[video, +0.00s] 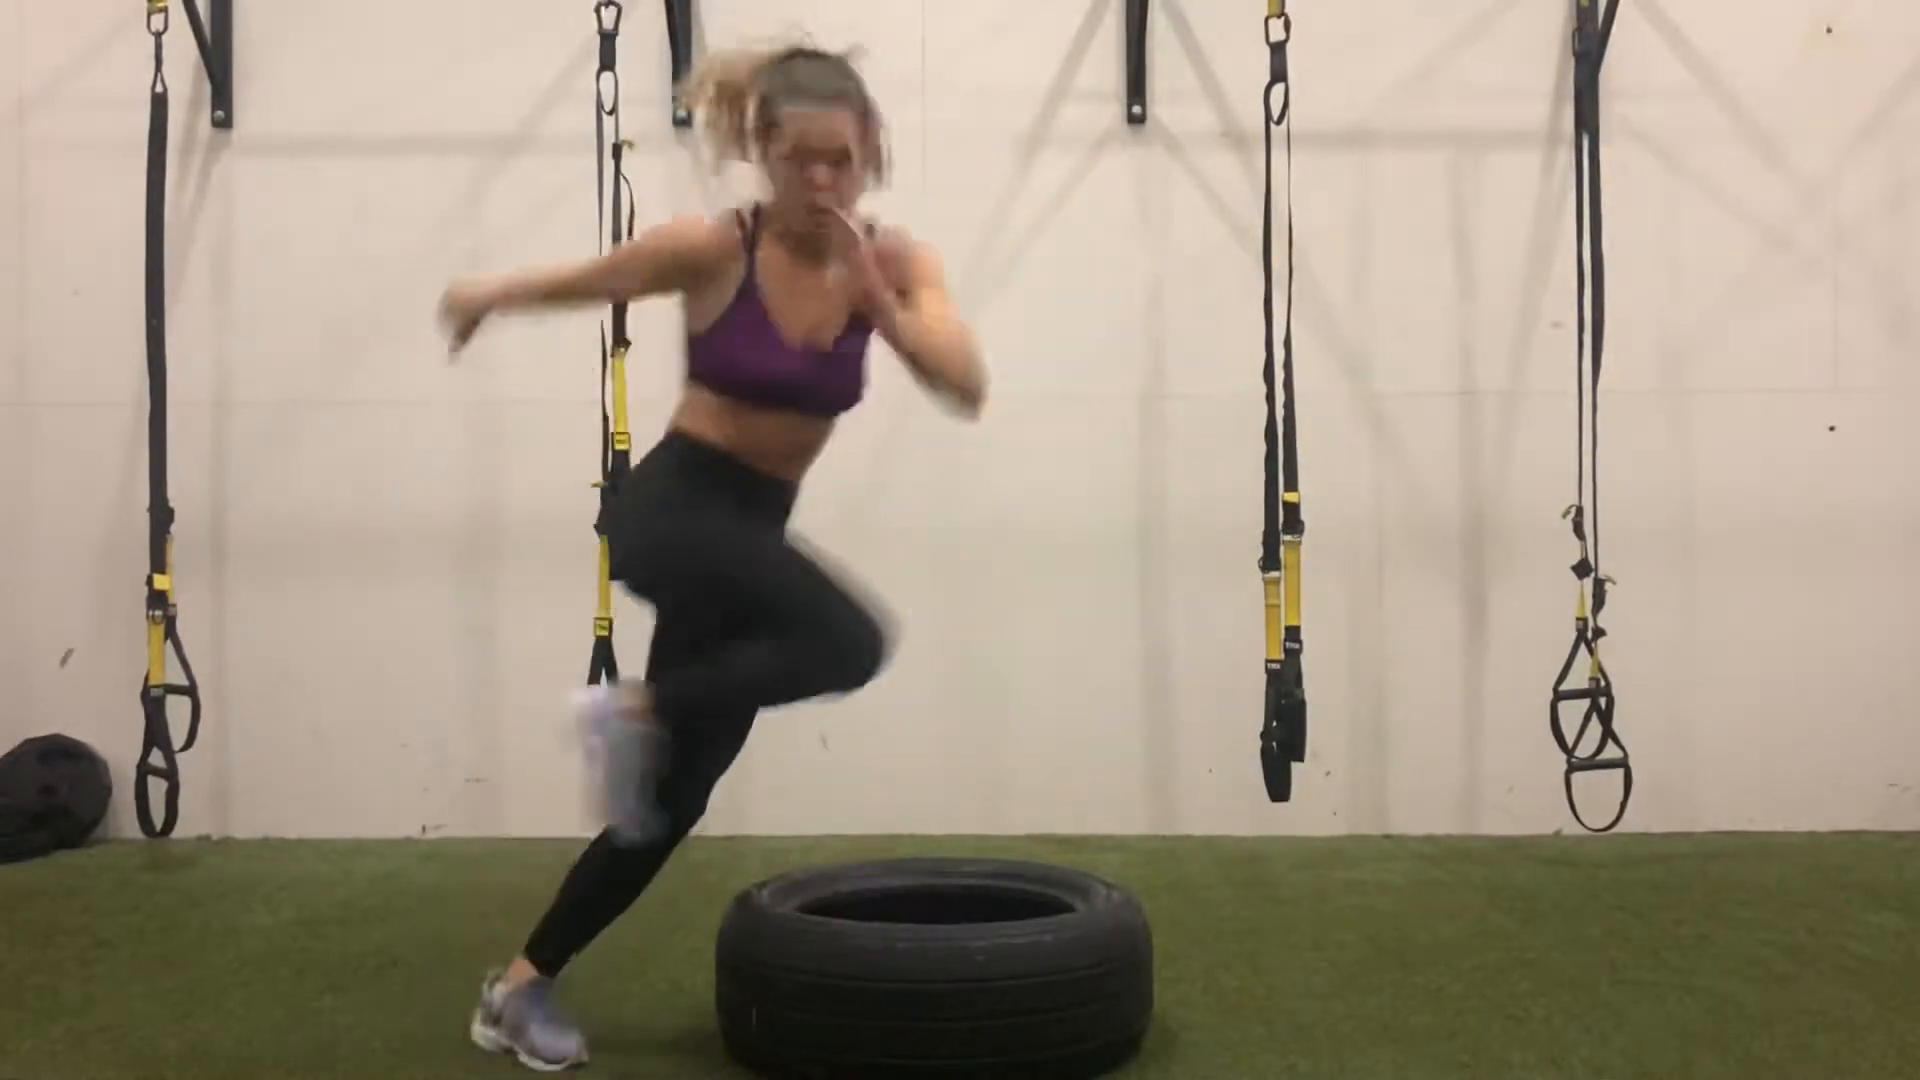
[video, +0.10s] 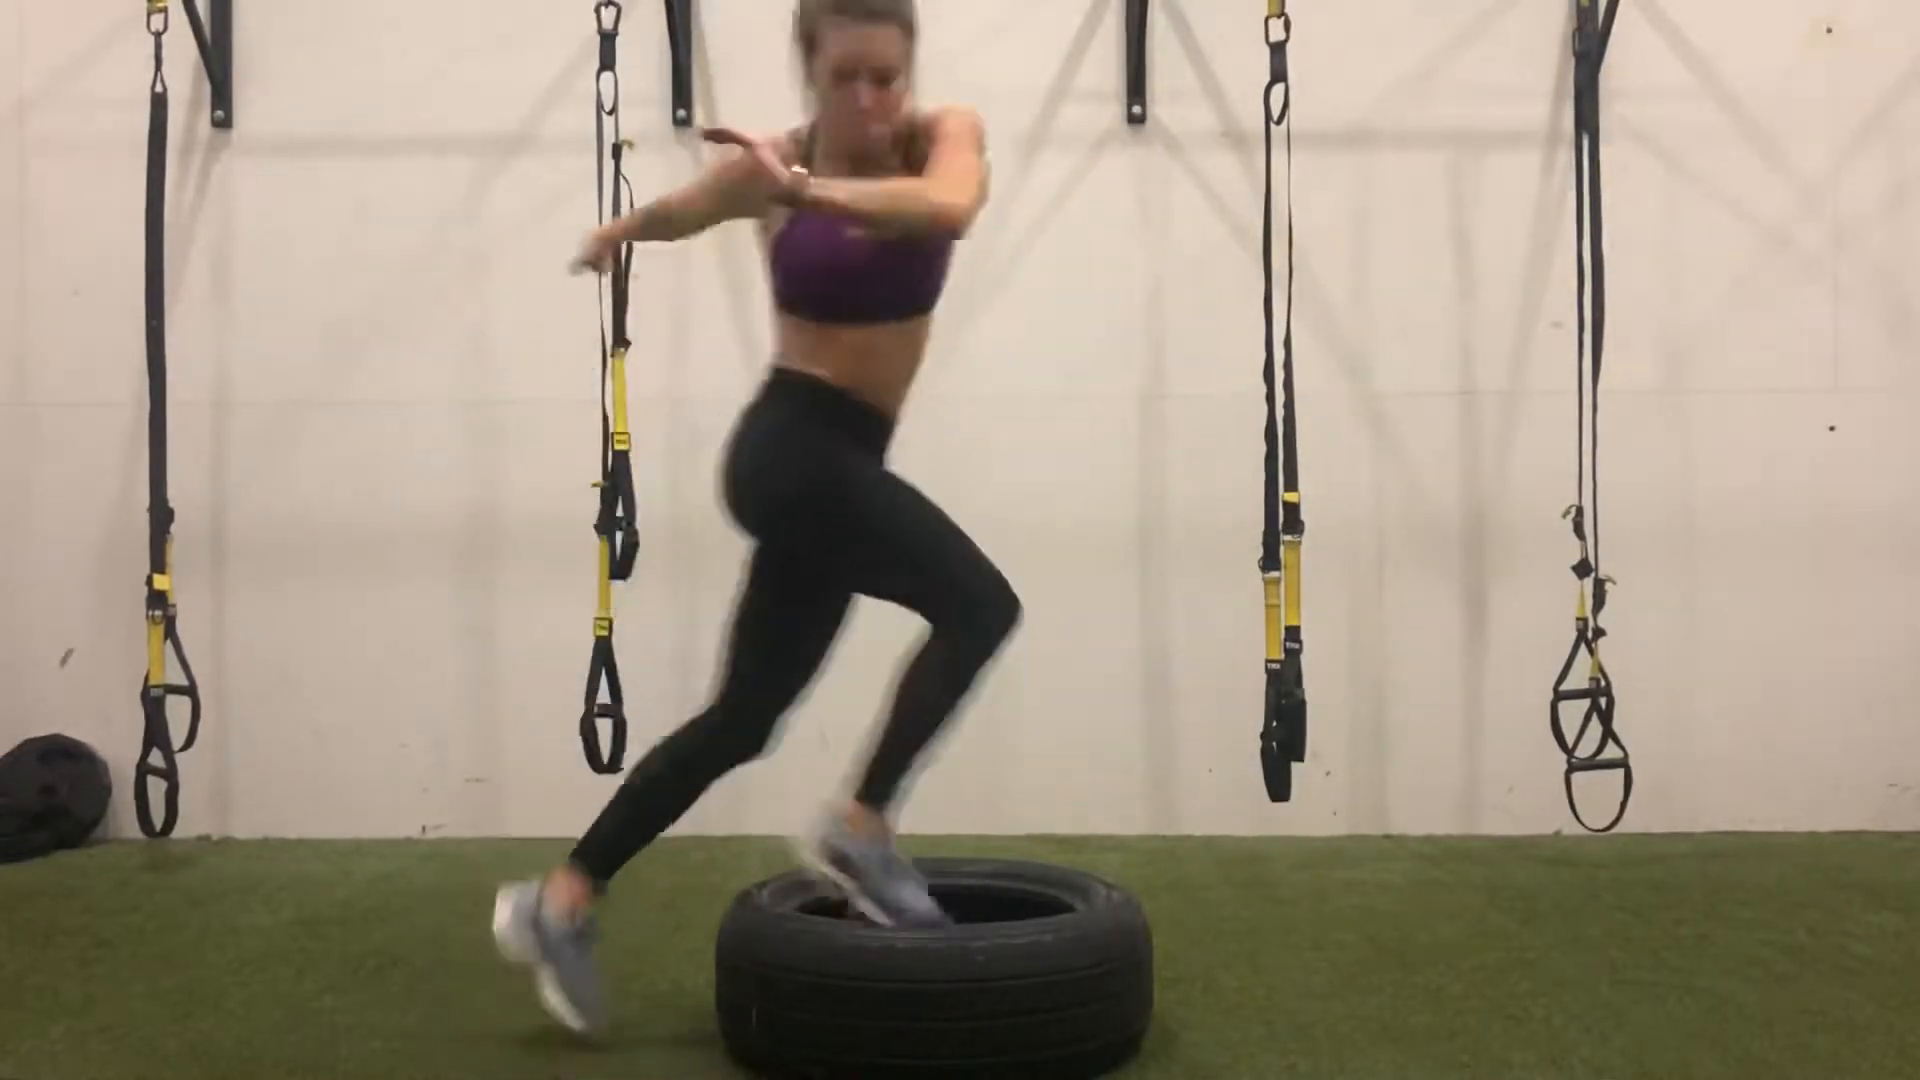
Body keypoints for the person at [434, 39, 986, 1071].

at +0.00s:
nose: (823, 179)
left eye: (841, 158)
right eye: (802, 157)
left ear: (867, 157)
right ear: (765, 155)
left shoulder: (893, 260)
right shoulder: (715, 247)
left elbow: (968, 390)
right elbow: (591, 282)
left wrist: (893, 316)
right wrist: (486, 296)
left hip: (755, 525)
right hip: (674, 502)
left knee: (675, 794)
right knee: (847, 643)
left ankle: (522, 982)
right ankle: (636, 717)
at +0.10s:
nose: (870, 97)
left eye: (885, 76)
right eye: (850, 78)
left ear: (910, 70)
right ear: (814, 72)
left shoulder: (946, 131)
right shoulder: (776, 164)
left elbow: (954, 209)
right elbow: (685, 210)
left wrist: (810, 188)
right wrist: (621, 229)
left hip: (845, 461)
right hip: (786, 451)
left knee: (743, 719)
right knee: (979, 606)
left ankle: (560, 900)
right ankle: (862, 824)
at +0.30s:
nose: (977, 100)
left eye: (994, 78)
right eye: (955, 81)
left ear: (1021, 71)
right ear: (921, 77)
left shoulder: (1061, 139)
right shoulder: (886, 182)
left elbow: (1023, 193)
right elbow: (762, 284)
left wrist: (953, 220)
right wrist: (638, 361)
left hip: (1000, 489)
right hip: (923, 487)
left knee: (1107, 701)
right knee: (974, 741)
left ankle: (910, 669)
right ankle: (934, 966)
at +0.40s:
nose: (1028, 74)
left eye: (1046, 51)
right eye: (1006, 54)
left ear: (1080, 49)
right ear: (975, 58)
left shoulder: (1126, 130)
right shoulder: (937, 165)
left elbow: (1176, 247)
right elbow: (844, 274)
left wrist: (1223, 363)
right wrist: (808, 335)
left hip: (1084, 441)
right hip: (976, 445)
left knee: (1177, 662)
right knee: (1039, 677)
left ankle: (1215, 858)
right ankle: (948, 885)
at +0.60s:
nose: (1063, 141)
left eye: (1085, 119)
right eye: (1044, 121)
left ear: (1131, 123)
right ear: (1021, 128)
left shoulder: (1196, 224)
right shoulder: (1005, 254)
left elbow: (1332, 332)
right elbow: (991, 367)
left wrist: (1450, 432)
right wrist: (964, 416)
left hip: (1199, 522)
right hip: (1090, 535)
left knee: (1285, 769)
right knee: (1067, 738)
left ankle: (1413, 1006)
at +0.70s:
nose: (1060, 158)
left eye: (1083, 136)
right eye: (1043, 136)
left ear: (1130, 131)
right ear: (1021, 130)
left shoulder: (1184, 223)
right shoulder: (992, 229)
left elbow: (1293, 303)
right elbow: (892, 289)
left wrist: (1367, 390)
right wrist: (845, 308)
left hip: (1205, 498)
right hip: (1109, 523)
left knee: (1162, 735)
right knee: (1161, 788)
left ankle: (1371, 904)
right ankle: (1341, 923)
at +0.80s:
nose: (1026, 199)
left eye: (1050, 181)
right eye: (1012, 177)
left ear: (1098, 182)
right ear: (993, 171)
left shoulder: (1154, 260)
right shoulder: (978, 262)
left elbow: (1277, 304)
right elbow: (803, 251)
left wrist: (1349, 363)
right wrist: (821, 173)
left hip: (1198, 518)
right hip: (1138, 540)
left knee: (1005, 654)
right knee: (1214, 796)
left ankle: (1225, 756)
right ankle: (1418, 968)